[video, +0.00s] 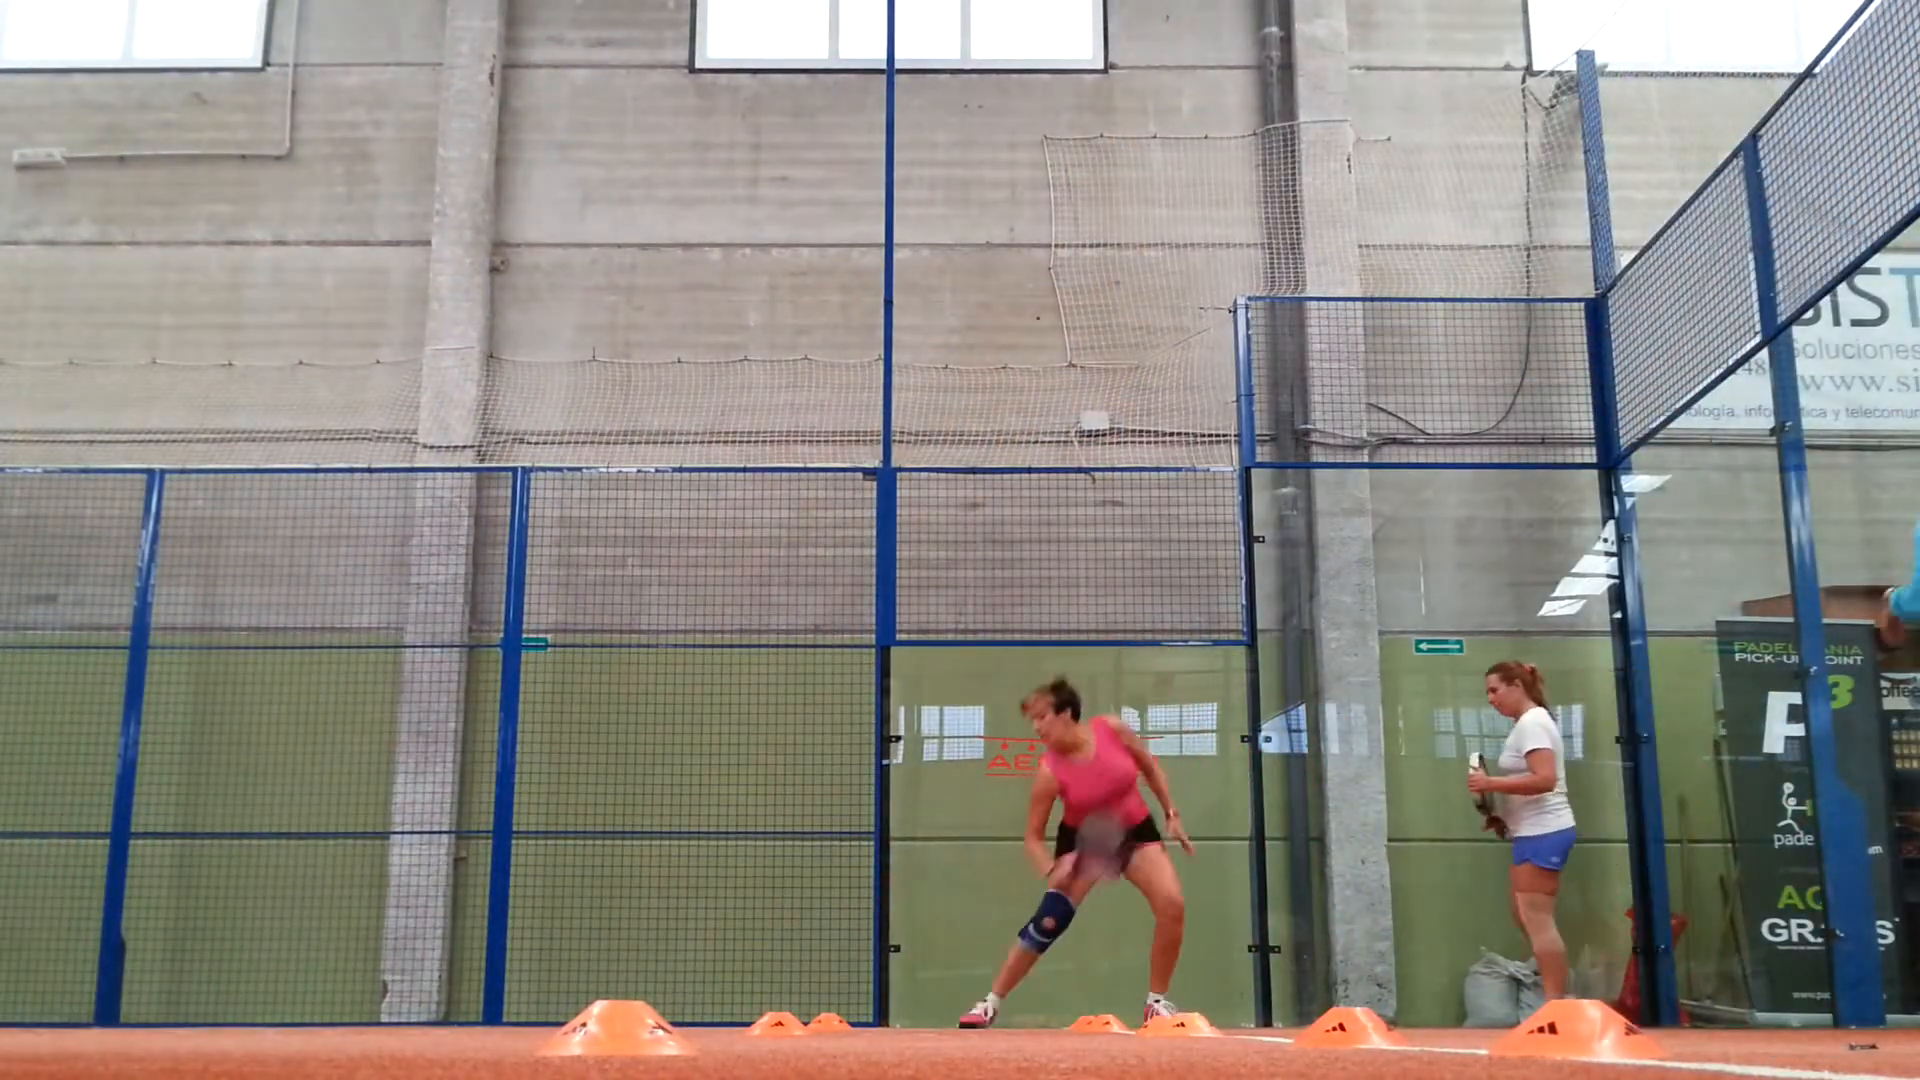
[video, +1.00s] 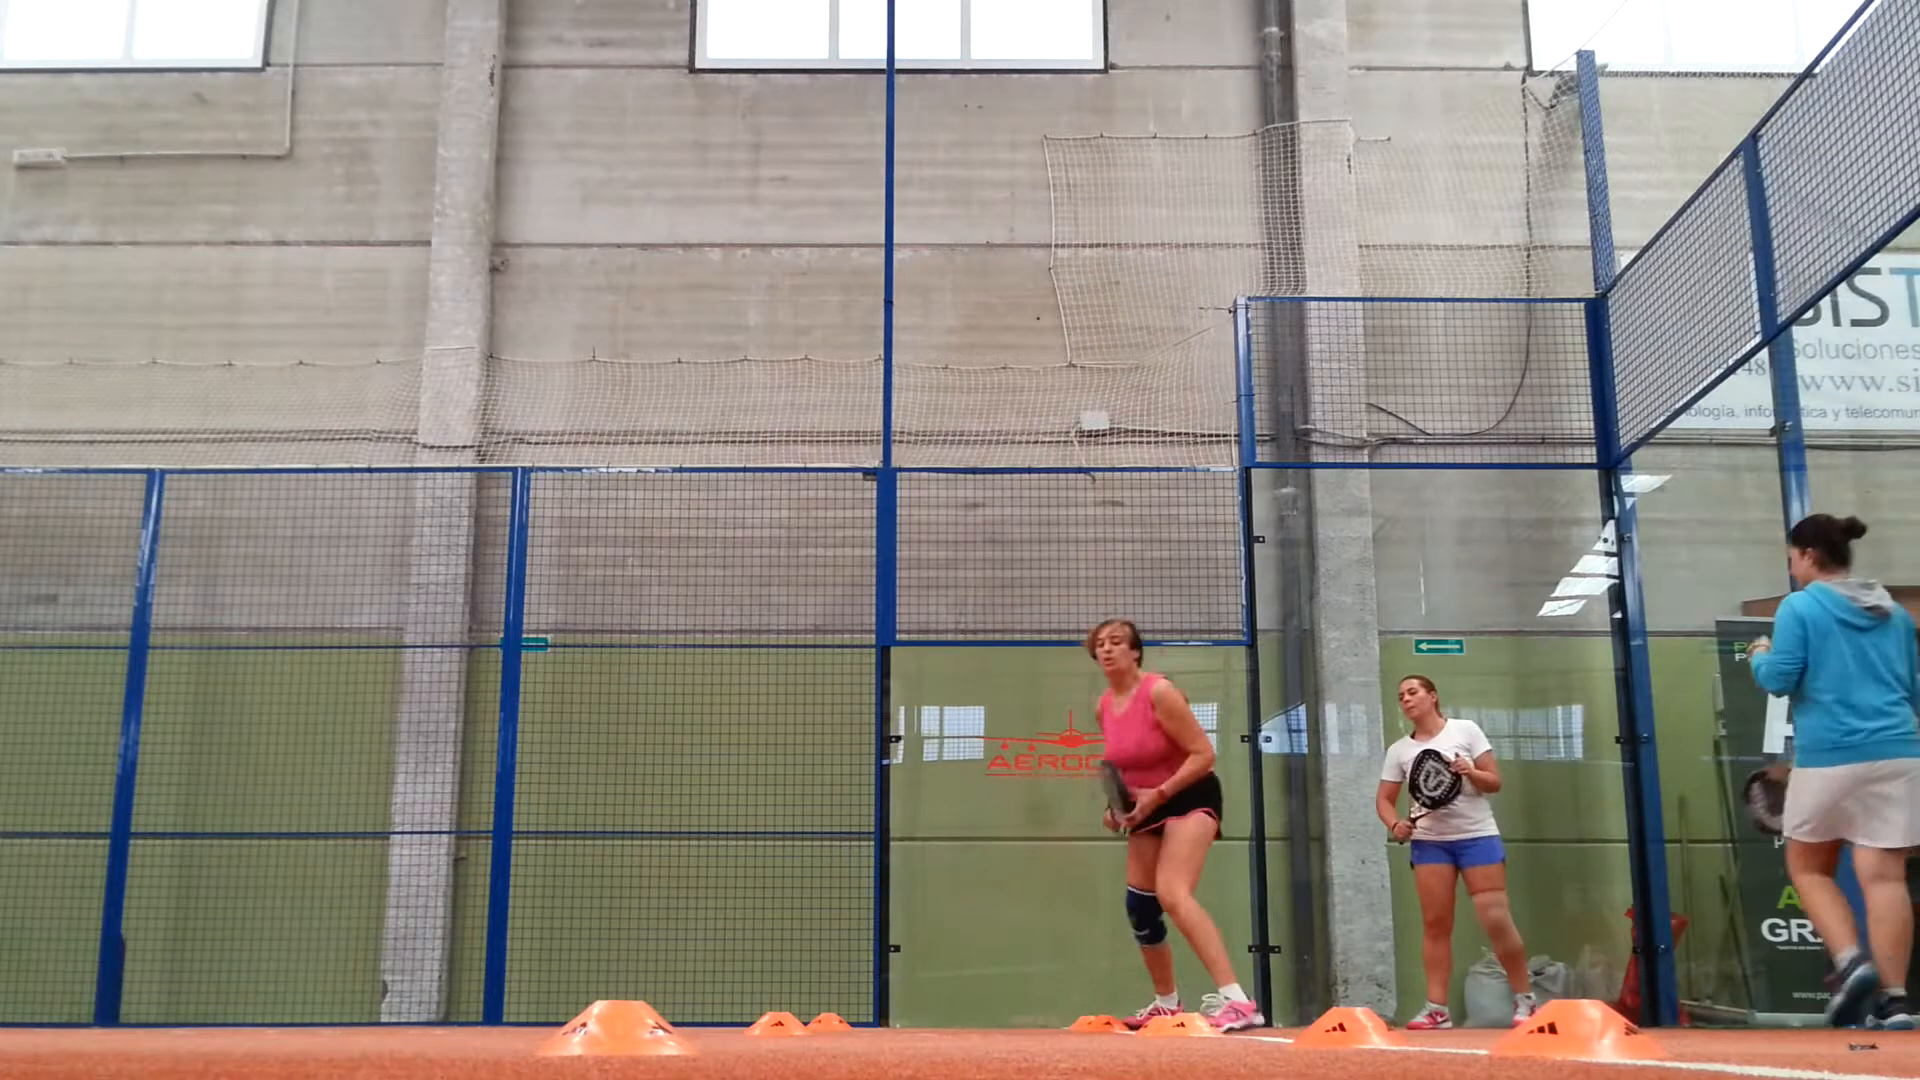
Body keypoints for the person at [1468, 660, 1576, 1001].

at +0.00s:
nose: (1490, 700)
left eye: (1494, 691)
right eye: (1488, 693)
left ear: (1517, 687)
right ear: (1514, 690)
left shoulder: (1535, 722)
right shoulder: (1527, 723)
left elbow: (1545, 779)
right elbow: (1538, 787)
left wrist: (1491, 783)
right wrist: (1505, 819)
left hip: (1544, 830)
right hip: (1533, 831)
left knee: (1537, 916)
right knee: (1525, 914)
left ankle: (1556, 1004)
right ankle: (1557, 998)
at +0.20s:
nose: (1472, 698)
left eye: (1476, 690)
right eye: (1470, 692)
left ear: (1500, 687)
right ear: (1486, 693)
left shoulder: (1524, 724)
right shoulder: (1494, 732)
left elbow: (1543, 779)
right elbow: (1504, 788)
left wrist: (1488, 781)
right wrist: (1482, 818)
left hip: (1529, 835)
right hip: (1500, 836)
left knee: (1526, 919)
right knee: (1492, 917)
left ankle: (1553, 1008)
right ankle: (1492, 1004)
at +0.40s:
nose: (1447, 700)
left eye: (1453, 692)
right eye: (1445, 695)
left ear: (1477, 691)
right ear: (1452, 700)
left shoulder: (1508, 729)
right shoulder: (1452, 742)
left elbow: (1538, 780)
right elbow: (1447, 790)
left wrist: (1500, 781)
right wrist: (1446, 821)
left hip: (1507, 838)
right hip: (1466, 840)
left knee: (1514, 921)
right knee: (1448, 922)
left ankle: (1552, 1006)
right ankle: (1440, 1005)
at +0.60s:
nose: (1416, 700)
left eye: (1423, 692)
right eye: (1413, 695)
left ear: (1445, 694)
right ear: (1415, 703)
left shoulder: (1480, 732)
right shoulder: (1413, 746)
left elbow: (1510, 785)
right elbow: (1400, 798)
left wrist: (1498, 781)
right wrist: (1413, 822)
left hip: (1482, 838)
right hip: (1436, 843)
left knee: (1501, 917)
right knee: (1430, 923)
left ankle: (1536, 1001)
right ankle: (1436, 1009)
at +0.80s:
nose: (1401, 698)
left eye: (1407, 691)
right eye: (1397, 695)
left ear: (1428, 695)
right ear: (1397, 705)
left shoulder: (1463, 730)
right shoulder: (1394, 749)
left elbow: (1494, 778)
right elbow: (1376, 799)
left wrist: (1476, 777)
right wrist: (1391, 825)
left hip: (1474, 836)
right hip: (1427, 842)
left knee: (1496, 917)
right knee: (1431, 924)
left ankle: (1523, 1002)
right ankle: (1436, 1008)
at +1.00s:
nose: (1406, 700)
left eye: (1412, 692)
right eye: (1401, 697)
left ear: (1433, 696)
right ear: (1401, 708)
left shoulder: (1466, 731)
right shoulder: (1399, 750)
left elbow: (1494, 783)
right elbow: (1384, 799)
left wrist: (1470, 772)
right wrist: (1394, 823)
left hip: (1477, 837)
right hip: (1430, 842)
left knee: (1496, 919)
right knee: (1435, 924)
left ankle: (1524, 999)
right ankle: (1437, 1008)